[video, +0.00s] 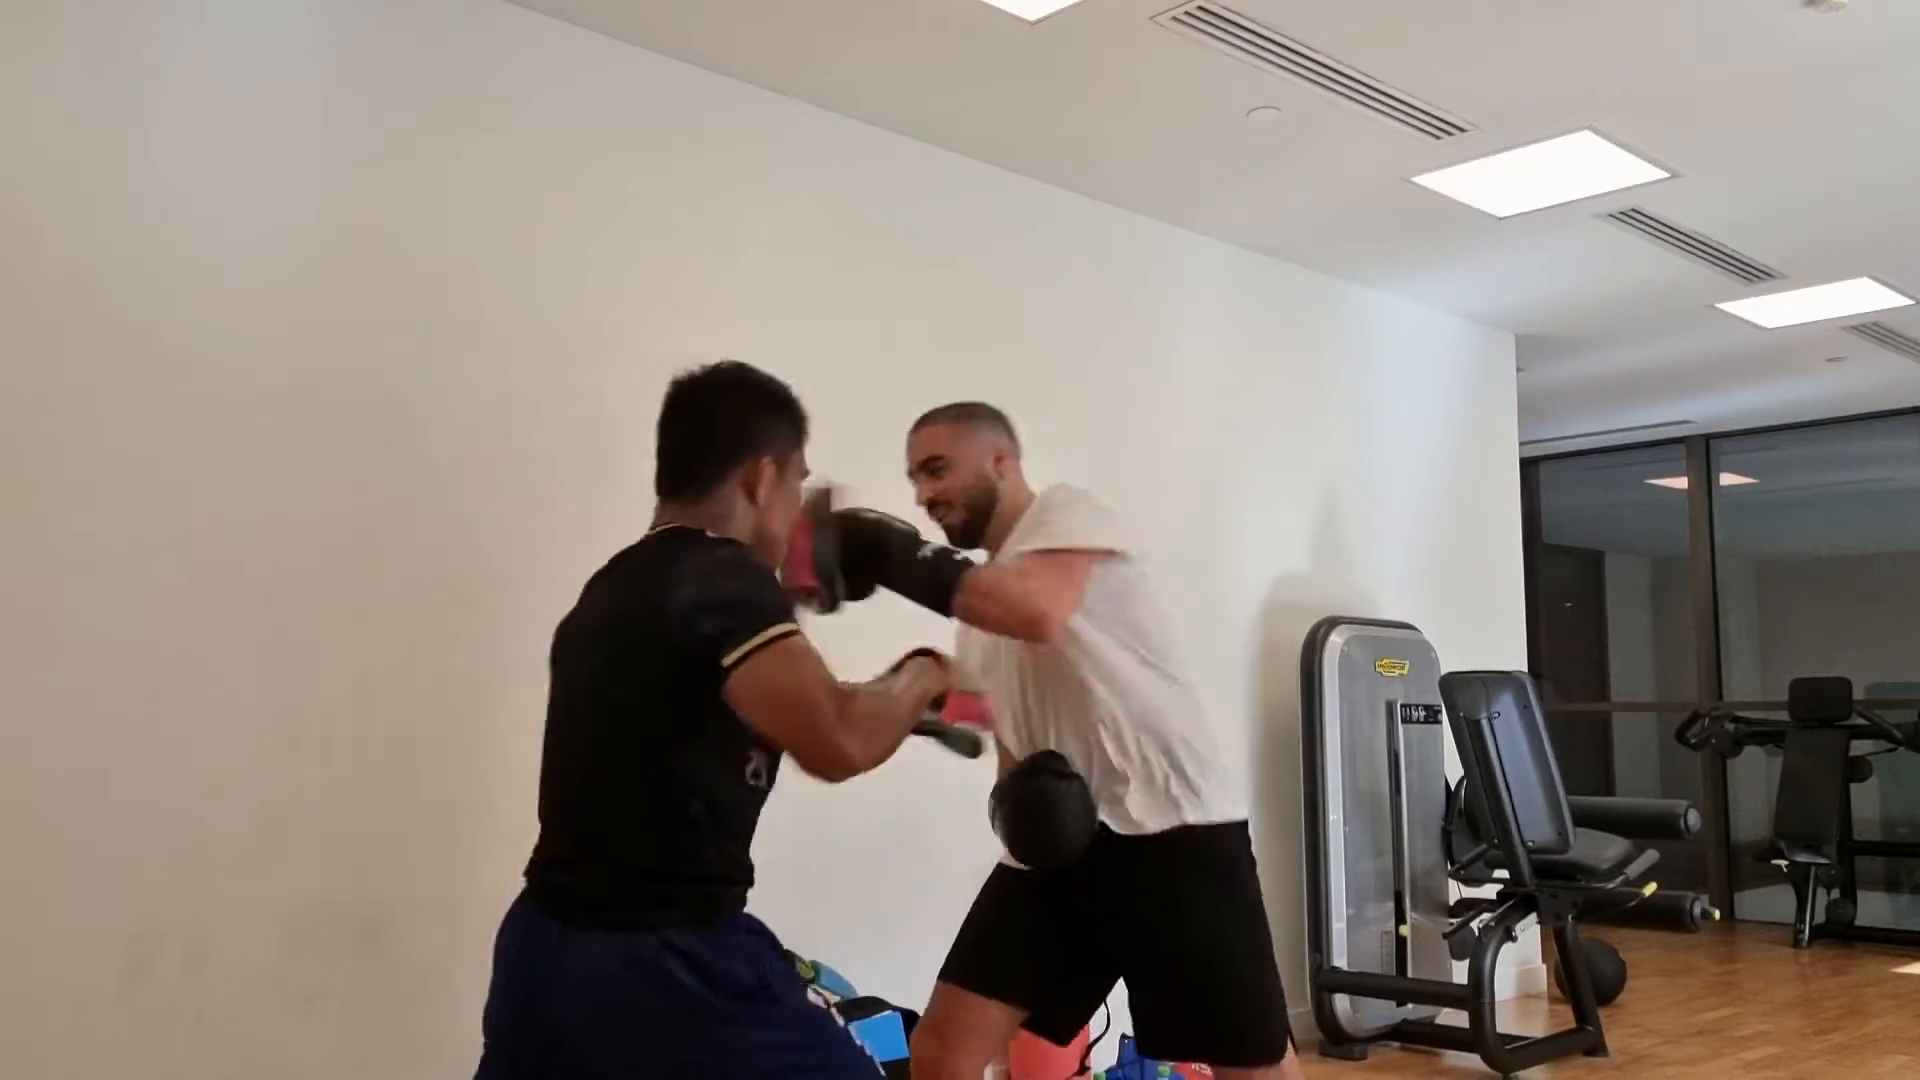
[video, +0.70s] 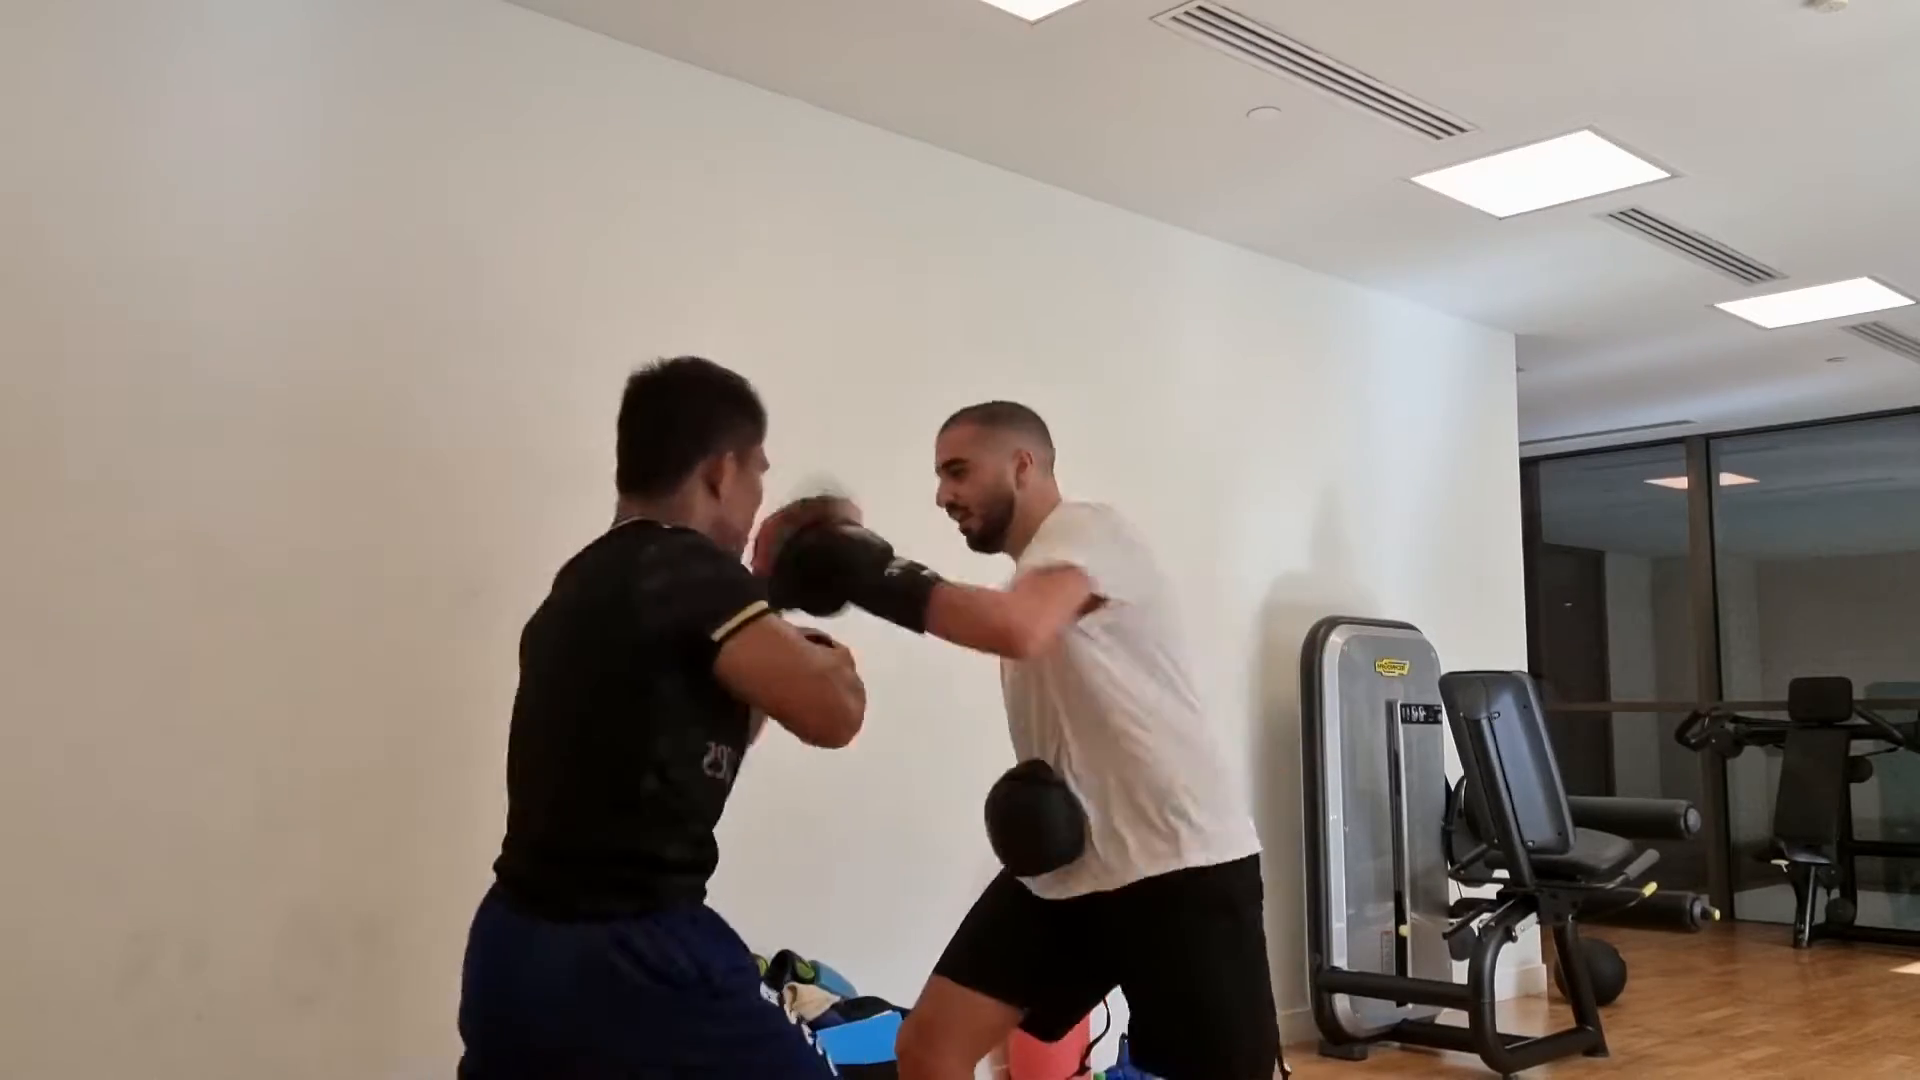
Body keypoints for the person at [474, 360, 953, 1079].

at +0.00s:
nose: (798, 503)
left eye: (801, 482)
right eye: (798, 481)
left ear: (672, 471)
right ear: (760, 479)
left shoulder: (607, 590)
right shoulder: (721, 581)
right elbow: (839, 742)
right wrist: (920, 677)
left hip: (545, 954)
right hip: (680, 966)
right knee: (847, 1064)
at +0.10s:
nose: (798, 493)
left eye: (800, 472)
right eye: (798, 470)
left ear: (671, 461)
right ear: (765, 461)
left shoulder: (583, 578)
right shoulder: (781, 544)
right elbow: (967, 627)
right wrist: (1055, 601)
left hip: (549, 939)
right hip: (713, 945)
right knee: (855, 1059)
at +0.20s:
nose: (761, 484)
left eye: (759, 468)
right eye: (761, 467)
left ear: (634, 466)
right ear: (739, 464)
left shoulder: (537, 585)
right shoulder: (780, 550)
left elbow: (503, 746)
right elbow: (954, 528)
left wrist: (614, 694)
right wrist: (1075, 509)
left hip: (533, 941)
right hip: (719, 946)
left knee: (461, 1060)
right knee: (839, 1059)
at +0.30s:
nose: (709, 493)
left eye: (709, 475)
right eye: (708, 473)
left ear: (580, 474)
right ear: (680, 472)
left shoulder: (487, 589)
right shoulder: (727, 553)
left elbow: (435, 734)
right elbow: (846, 532)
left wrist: (546, 684)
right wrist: (897, 501)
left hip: (505, 958)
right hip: (690, 955)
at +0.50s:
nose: (650, 521)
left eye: (652, 499)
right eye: (646, 497)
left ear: (518, 495)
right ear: (606, 494)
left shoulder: (417, 607)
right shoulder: (668, 588)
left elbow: (388, 701)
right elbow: (826, 697)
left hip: (464, 993)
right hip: (649, 987)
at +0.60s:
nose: (703, 502)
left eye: (706, 481)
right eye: (701, 480)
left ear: (574, 475)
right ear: (663, 477)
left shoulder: (485, 599)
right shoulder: (697, 567)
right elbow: (856, 697)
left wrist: (563, 542)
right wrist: (874, 675)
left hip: (481, 968)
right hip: (652, 973)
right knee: (795, 1061)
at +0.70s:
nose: (761, 498)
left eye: (763, 474)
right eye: (758, 472)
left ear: (632, 468)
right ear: (718, 473)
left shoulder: (577, 585)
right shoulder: (684, 569)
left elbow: (704, 740)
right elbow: (835, 717)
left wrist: (763, 595)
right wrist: (826, 656)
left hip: (517, 946)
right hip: (641, 958)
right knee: (799, 1062)